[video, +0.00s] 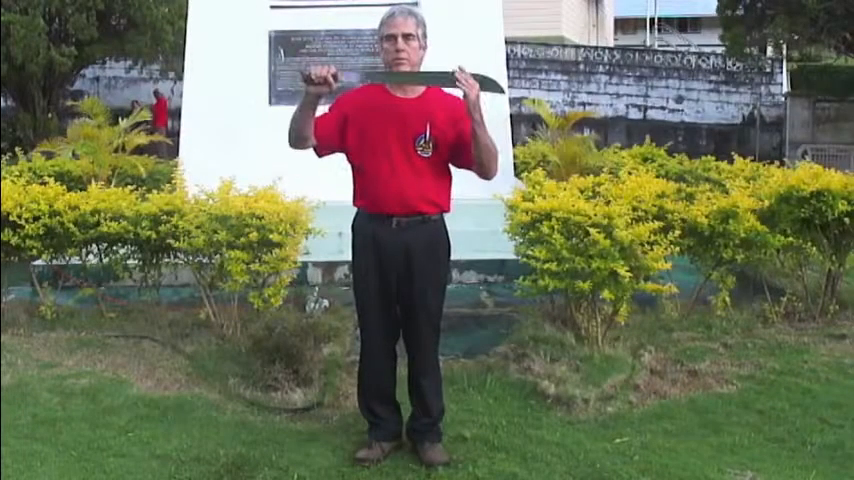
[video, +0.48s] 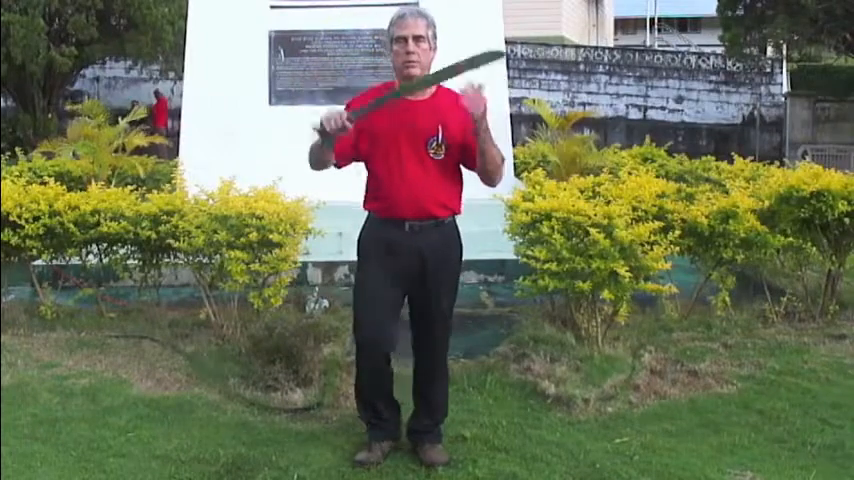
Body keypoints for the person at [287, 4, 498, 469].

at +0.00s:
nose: (399, 47)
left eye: (408, 38)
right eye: (389, 39)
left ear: (423, 45)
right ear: (378, 47)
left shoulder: (447, 105)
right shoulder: (356, 101)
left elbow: (488, 170)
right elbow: (299, 140)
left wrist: (476, 113)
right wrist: (310, 97)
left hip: (426, 232)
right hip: (372, 232)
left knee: (424, 339)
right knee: (375, 338)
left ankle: (428, 434)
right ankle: (381, 434)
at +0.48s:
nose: (409, 50)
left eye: (419, 41)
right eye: (400, 41)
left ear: (433, 48)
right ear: (389, 50)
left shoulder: (455, 105)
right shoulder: (369, 102)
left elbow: (493, 176)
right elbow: (318, 163)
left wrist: (482, 123)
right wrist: (325, 136)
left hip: (439, 237)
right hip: (381, 237)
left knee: (432, 343)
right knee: (370, 340)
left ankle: (427, 436)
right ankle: (380, 433)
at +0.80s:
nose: (405, 55)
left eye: (415, 46)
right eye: (396, 46)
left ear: (430, 53)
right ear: (384, 54)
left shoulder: (458, 116)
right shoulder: (362, 115)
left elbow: (469, 193)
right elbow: (345, 190)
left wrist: (427, 211)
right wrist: (380, 196)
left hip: (438, 251)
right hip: (380, 251)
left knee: (431, 351)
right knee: (374, 358)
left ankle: (428, 436)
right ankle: (365, 471)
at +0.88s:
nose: (403, 58)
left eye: (412, 48)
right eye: (393, 49)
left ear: (427, 55)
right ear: (380, 57)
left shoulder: (455, 119)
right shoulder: (358, 118)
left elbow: (466, 198)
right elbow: (343, 195)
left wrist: (423, 218)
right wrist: (381, 204)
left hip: (437, 257)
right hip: (377, 257)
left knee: (431, 355)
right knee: (373, 364)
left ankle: (427, 436)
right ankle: (368, 471)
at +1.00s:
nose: (392, 58)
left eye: (402, 49)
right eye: (382, 50)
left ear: (417, 57)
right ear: (370, 60)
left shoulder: (448, 121)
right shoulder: (347, 122)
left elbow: (462, 202)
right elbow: (333, 203)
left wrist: (417, 228)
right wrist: (374, 222)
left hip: (430, 259)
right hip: (369, 260)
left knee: (427, 356)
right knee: (369, 366)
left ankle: (427, 437)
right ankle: (370, 472)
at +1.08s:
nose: (387, 58)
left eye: (397, 49)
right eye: (377, 50)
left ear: (413, 57)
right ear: (365, 60)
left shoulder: (444, 121)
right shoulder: (342, 122)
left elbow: (459, 202)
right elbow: (329, 205)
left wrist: (414, 232)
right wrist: (370, 229)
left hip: (427, 261)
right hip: (365, 264)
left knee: (426, 357)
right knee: (364, 366)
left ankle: (427, 437)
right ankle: (369, 469)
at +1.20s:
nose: (378, 62)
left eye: (389, 53)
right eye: (368, 53)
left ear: (407, 62)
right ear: (357, 62)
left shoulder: (437, 123)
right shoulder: (333, 123)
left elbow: (452, 207)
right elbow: (320, 207)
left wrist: (404, 240)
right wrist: (364, 238)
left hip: (419, 261)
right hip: (355, 263)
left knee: (424, 357)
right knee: (358, 366)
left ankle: (429, 438)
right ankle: (367, 469)